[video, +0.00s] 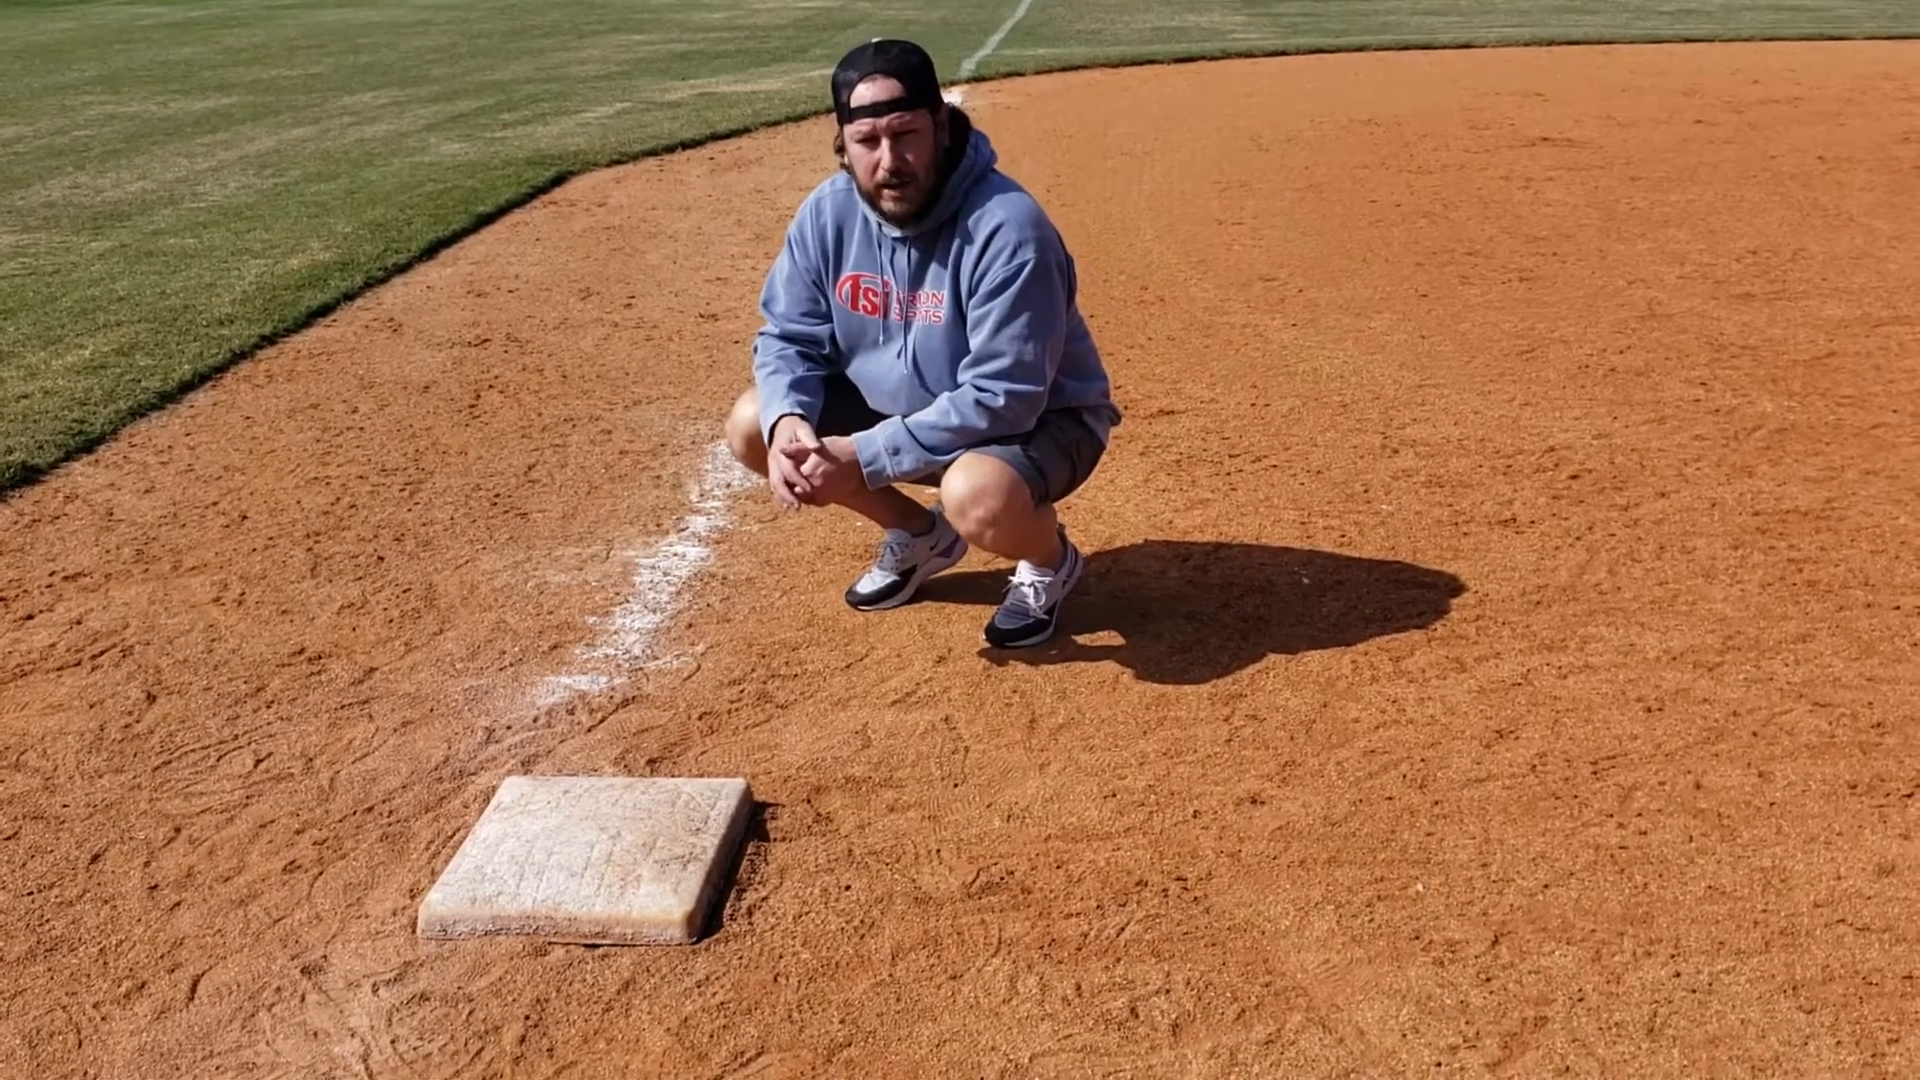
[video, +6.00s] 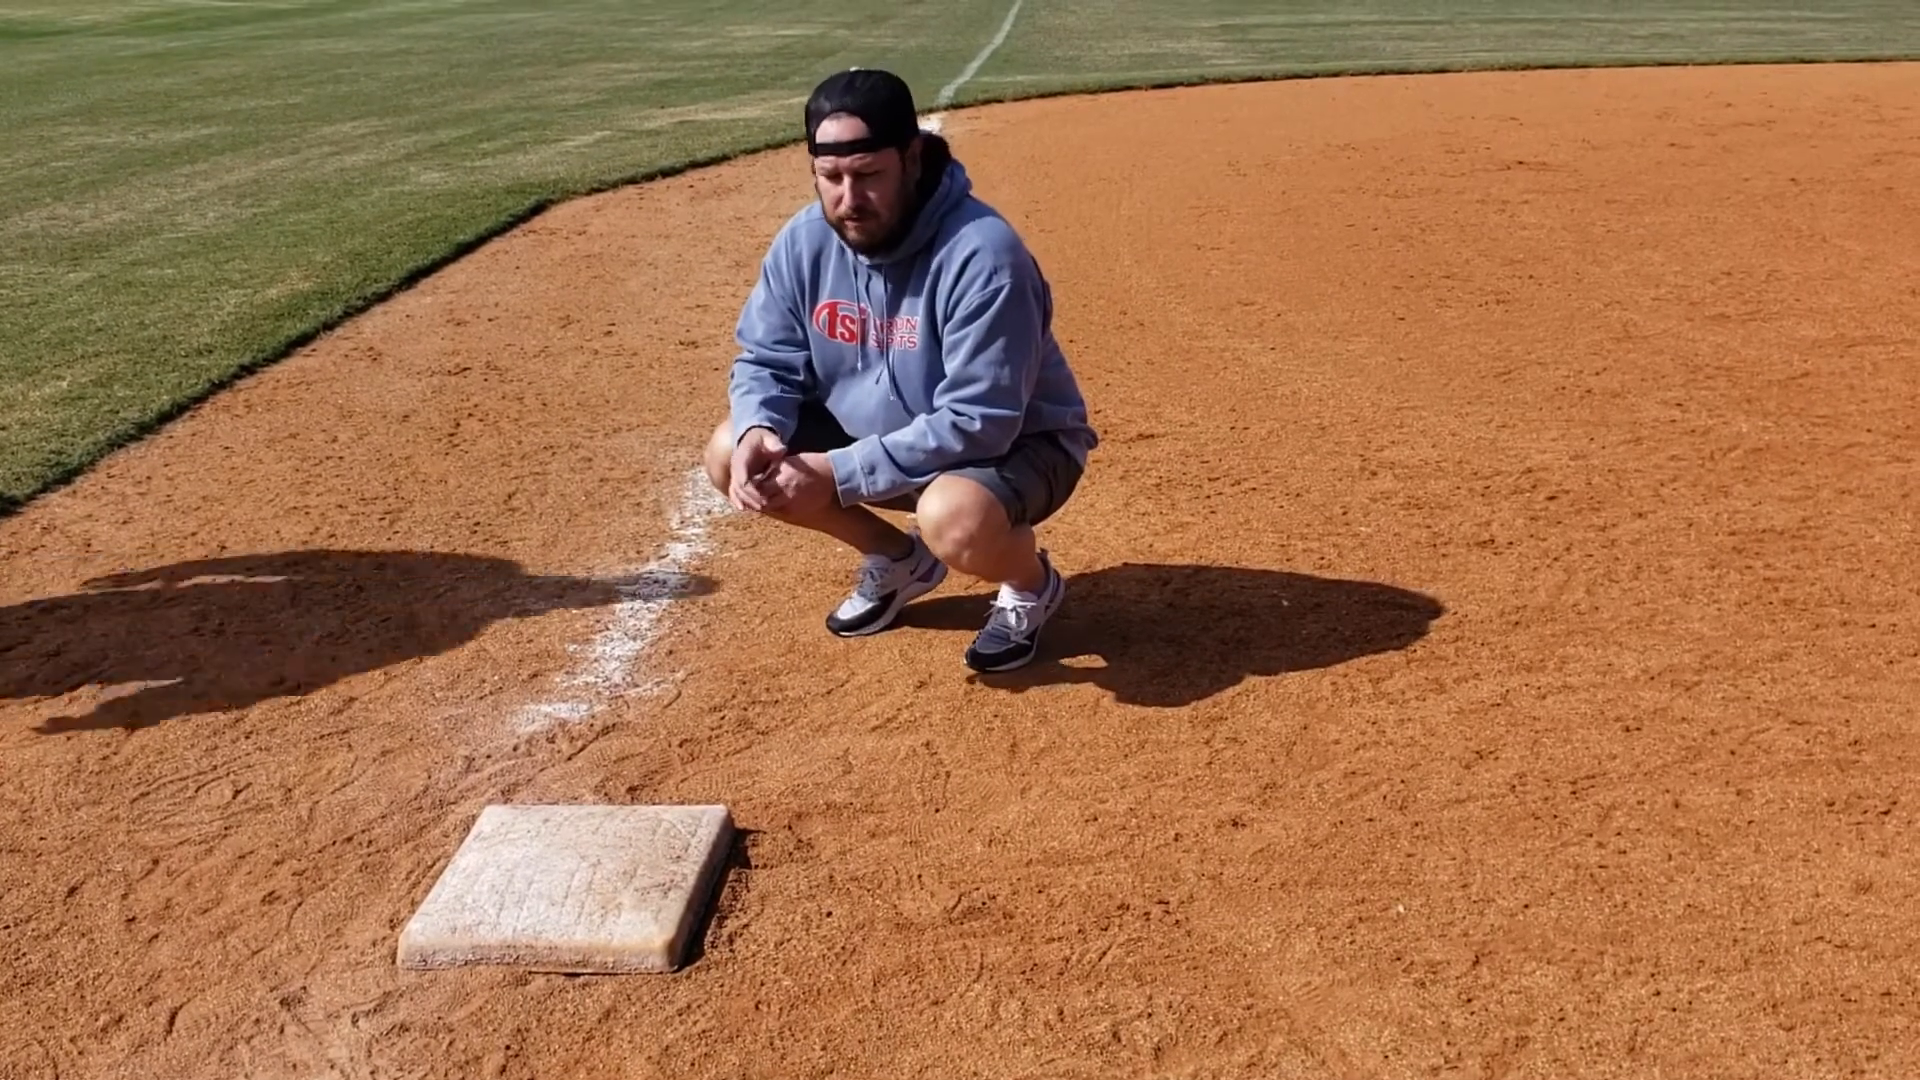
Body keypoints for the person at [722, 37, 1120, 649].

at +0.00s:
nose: (889, 162)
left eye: (906, 134)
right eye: (866, 141)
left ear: (942, 125)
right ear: (842, 146)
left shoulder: (1008, 234)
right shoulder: (828, 213)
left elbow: (1002, 401)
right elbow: (788, 335)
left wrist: (861, 456)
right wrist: (790, 420)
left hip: (1044, 418)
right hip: (907, 409)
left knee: (975, 495)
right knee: (754, 425)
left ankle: (1052, 561)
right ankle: (918, 533)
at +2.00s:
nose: (882, 161)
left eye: (899, 135)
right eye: (860, 141)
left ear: (933, 131)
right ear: (835, 150)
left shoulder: (997, 240)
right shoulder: (817, 223)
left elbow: (991, 408)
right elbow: (777, 342)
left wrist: (854, 464)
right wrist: (776, 423)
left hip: (1032, 426)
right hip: (895, 418)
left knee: (965, 503)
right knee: (743, 436)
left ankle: (1041, 570)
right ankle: (908, 541)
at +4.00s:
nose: (865, 188)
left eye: (882, 160)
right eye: (843, 165)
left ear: (919, 146)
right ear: (820, 166)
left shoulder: (986, 253)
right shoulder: (806, 237)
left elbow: (983, 418)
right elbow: (769, 356)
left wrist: (845, 474)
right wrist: (769, 434)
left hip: (1025, 438)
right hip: (888, 431)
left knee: (957, 513)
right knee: (736, 452)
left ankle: (1035, 580)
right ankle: (902, 552)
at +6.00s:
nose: (848, 198)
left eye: (868, 175)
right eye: (831, 176)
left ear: (913, 157)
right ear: (814, 171)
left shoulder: (983, 259)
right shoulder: (803, 244)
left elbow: (978, 424)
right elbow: (766, 359)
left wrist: (838, 475)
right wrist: (758, 429)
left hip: (1021, 442)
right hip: (886, 434)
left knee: (953, 518)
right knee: (733, 454)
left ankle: (1033, 587)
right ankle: (897, 557)